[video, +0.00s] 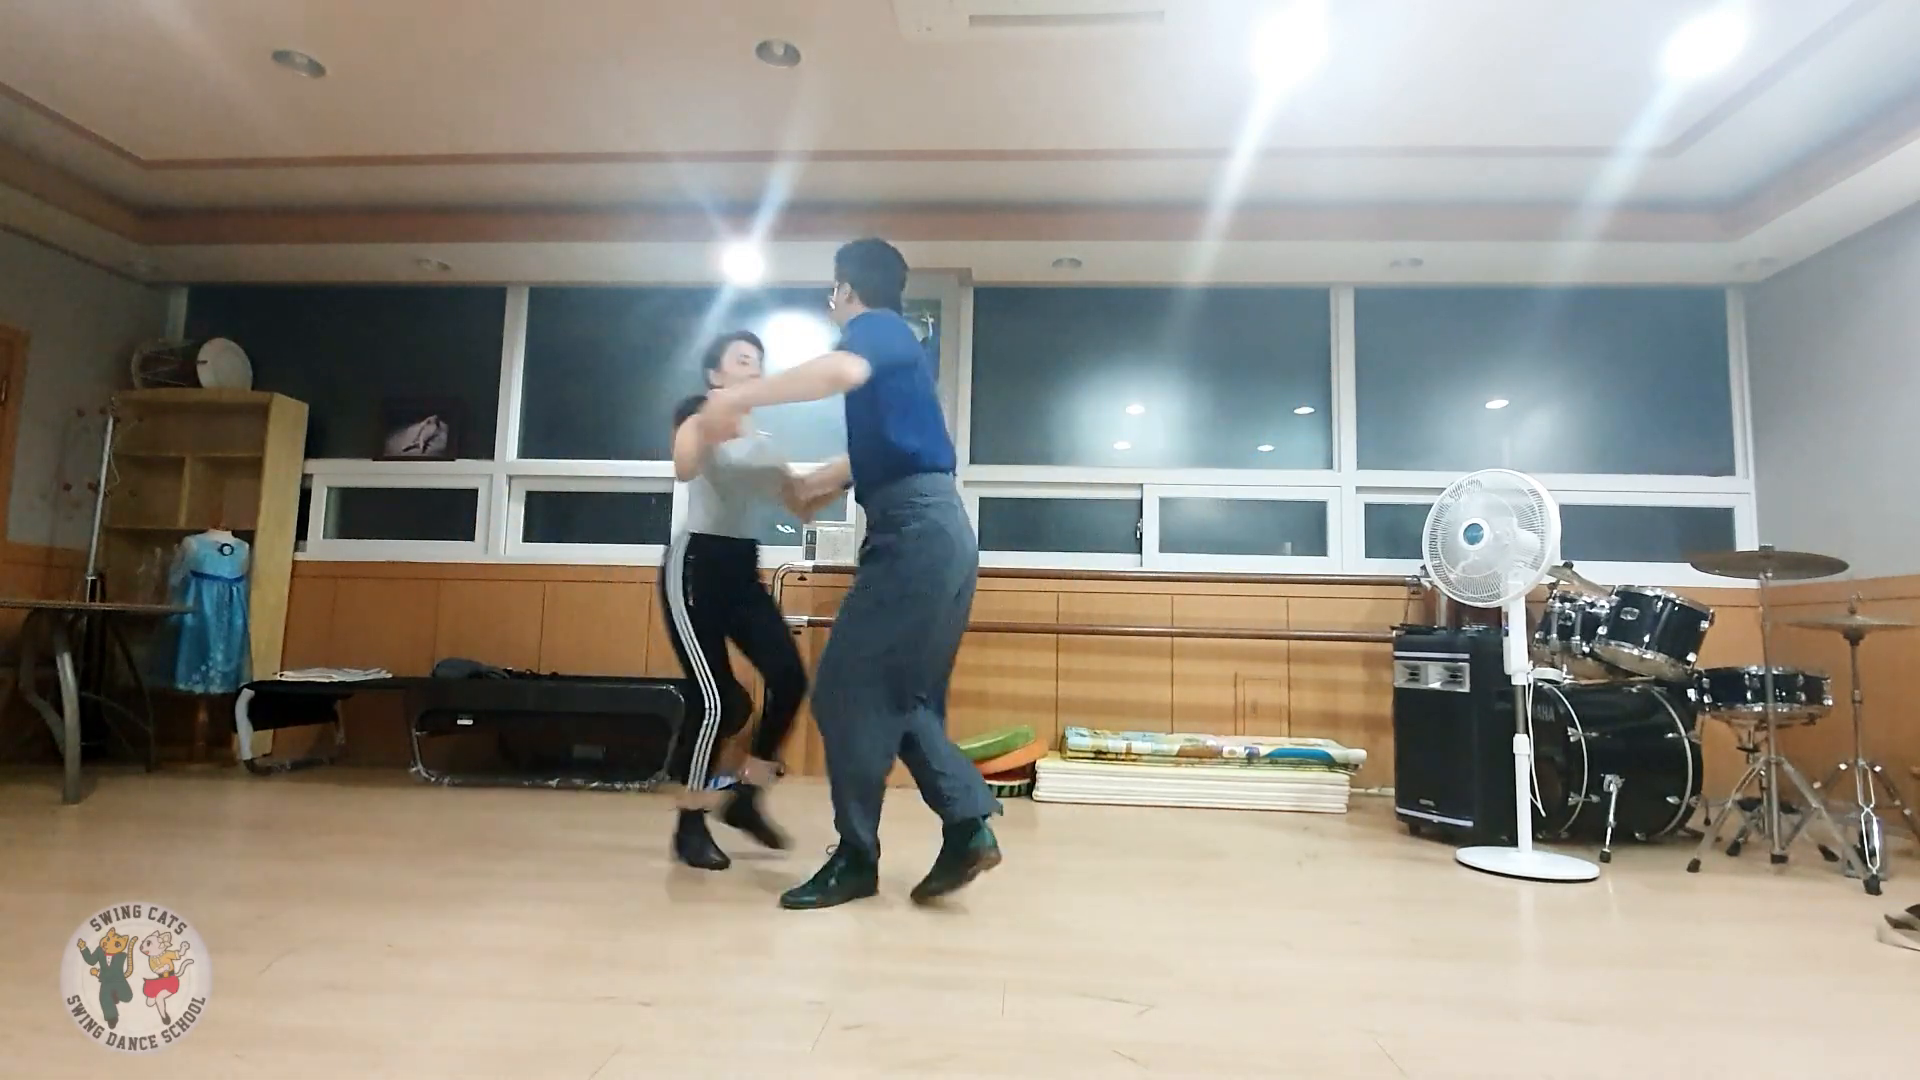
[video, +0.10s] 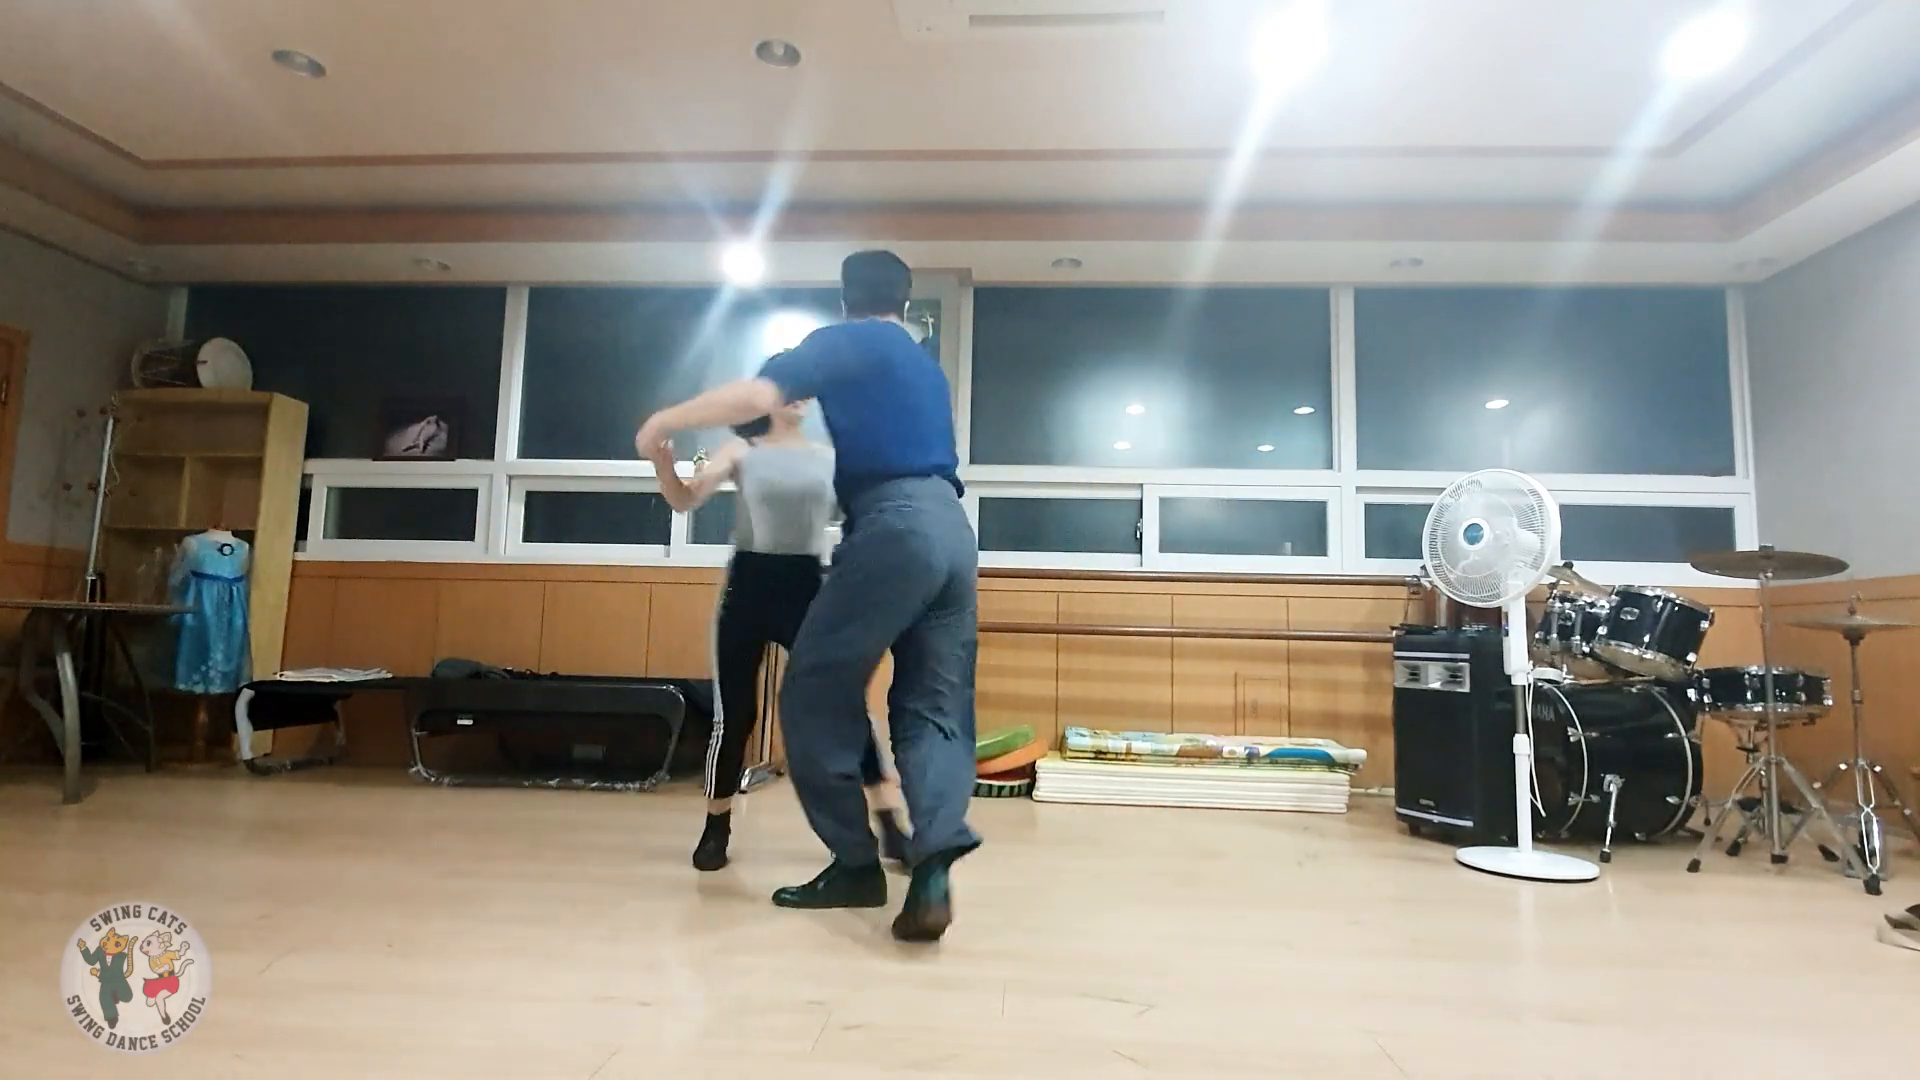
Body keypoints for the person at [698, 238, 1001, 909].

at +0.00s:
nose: (829, 300)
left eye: (833, 289)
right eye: (833, 290)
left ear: (849, 290)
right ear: (890, 291)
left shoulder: (877, 328)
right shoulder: (899, 345)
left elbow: (839, 373)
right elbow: (884, 447)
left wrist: (738, 397)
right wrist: (817, 485)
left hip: (913, 535)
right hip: (940, 536)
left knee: (846, 689)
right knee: (907, 696)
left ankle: (856, 857)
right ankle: (968, 826)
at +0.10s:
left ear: (845, 298)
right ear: (902, 303)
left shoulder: (845, 343)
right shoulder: (925, 363)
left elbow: (759, 397)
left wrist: (661, 424)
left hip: (892, 527)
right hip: (953, 527)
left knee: (819, 688)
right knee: (935, 707)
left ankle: (856, 863)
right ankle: (934, 866)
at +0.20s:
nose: (922, 311)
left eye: (917, 303)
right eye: (921, 301)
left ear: (852, 300)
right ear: (910, 301)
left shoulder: (818, 348)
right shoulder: (949, 367)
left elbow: (735, 433)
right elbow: (973, 473)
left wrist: (693, 475)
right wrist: (945, 507)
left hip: (863, 517)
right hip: (946, 523)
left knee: (800, 698)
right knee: (929, 719)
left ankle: (843, 866)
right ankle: (924, 897)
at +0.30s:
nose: (929, 291)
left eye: (926, 280)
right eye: (926, 279)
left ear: (857, 278)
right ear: (906, 275)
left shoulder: (806, 337)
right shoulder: (941, 337)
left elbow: (761, 453)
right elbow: (974, 447)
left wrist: (777, 508)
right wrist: (945, 501)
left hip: (833, 502)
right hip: (921, 502)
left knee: (821, 686)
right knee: (929, 708)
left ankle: (824, 848)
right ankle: (922, 896)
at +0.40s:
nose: (923, 283)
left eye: (921, 272)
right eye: (919, 270)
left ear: (857, 270)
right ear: (891, 266)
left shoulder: (799, 336)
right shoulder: (919, 320)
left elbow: (786, 440)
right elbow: (956, 430)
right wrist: (978, 456)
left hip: (812, 493)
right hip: (897, 489)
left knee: (827, 672)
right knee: (910, 695)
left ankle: (819, 835)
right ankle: (903, 905)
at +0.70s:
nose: (883, 295)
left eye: (880, 282)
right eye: (873, 281)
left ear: (834, 287)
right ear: (838, 285)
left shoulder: (803, 349)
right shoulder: (827, 349)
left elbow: (851, 452)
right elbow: (852, 459)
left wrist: (947, 472)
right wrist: (928, 543)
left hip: (771, 535)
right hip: (806, 534)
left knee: (832, 707)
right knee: (870, 701)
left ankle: (845, 859)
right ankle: (867, 890)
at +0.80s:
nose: (866, 291)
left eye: (865, 278)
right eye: (857, 277)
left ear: (822, 283)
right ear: (818, 281)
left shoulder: (811, 352)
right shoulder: (798, 344)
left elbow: (874, 435)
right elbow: (788, 445)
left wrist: (963, 452)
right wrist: (844, 538)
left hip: (772, 533)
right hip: (787, 532)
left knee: (818, 688)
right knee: (856, 682)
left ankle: (836, 836)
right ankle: (804, 861)